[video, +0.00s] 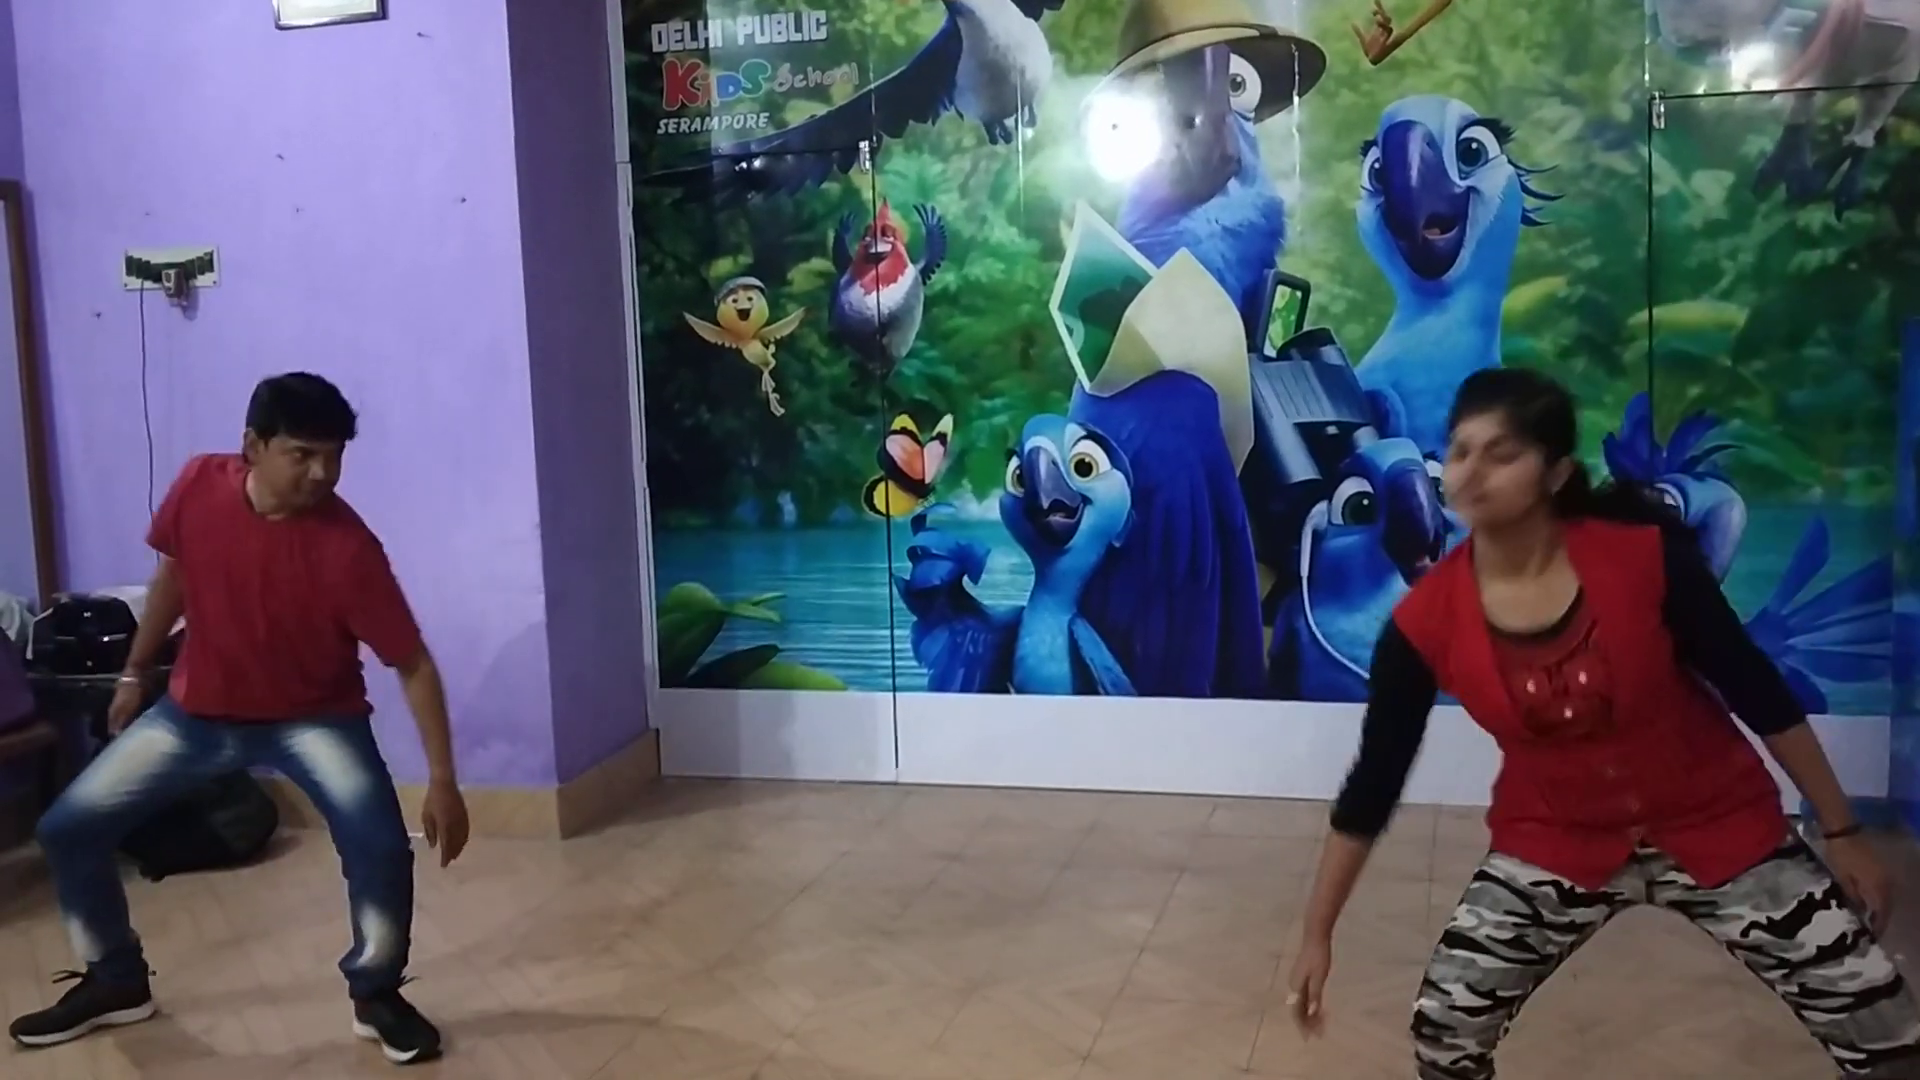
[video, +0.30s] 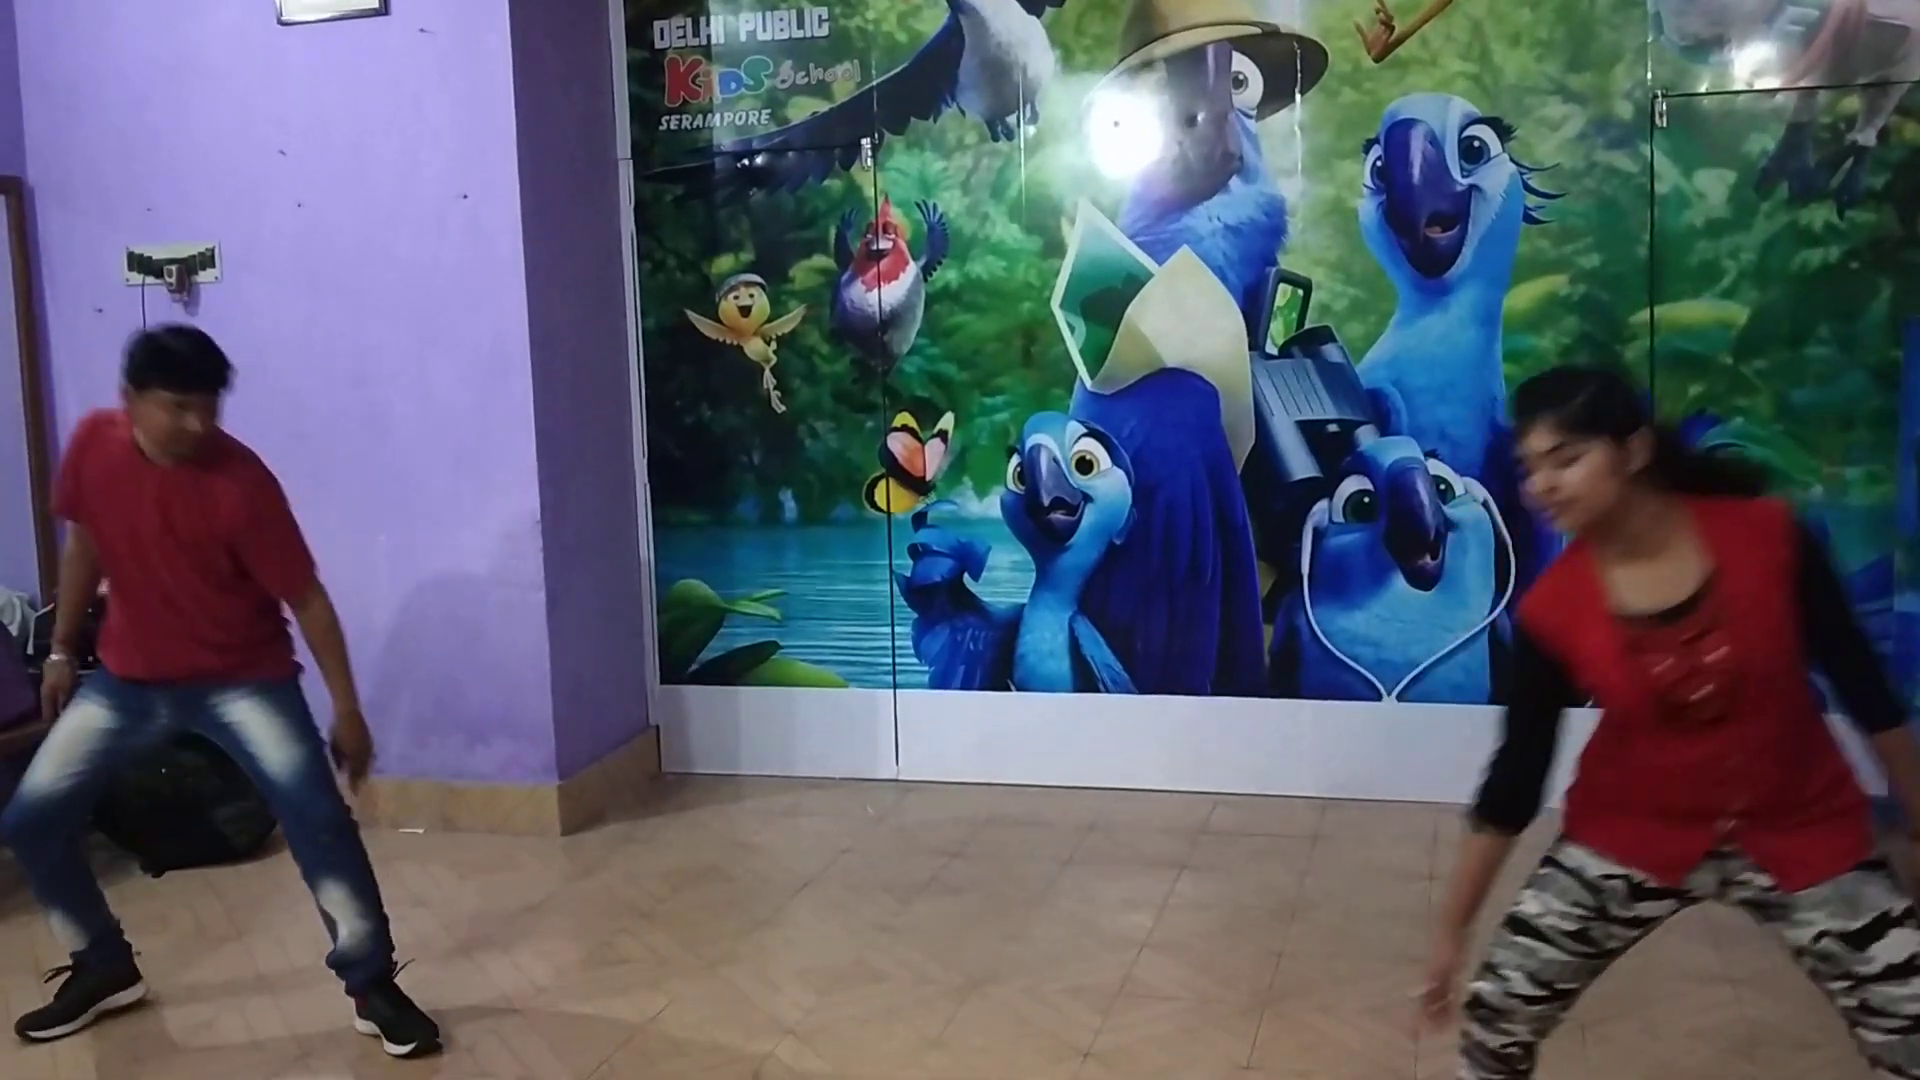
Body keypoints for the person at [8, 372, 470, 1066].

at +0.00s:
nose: (322, 474)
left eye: (333, 457)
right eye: (303, 455)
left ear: (344, 454)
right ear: (255, 446)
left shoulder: (348, 547)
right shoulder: (202, 485)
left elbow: (415, 666)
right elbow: (171, 578)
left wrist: (443, 782)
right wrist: (133, 674)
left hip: (315, 720)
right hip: (197, 712)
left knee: (378, 837)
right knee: (68, 828)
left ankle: (378, 991)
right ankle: (116, 978)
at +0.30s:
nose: (199, 423)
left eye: (209, 406)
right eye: (179, 406)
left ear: (221, 401)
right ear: (134, 400)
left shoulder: (243, 482)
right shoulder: (98, 443)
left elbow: (308, 599)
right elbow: (82, 544)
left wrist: (349, 712)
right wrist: (63, 650)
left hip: (244, 681)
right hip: (127, 680)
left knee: (312, 804)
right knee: (32, 818)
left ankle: (374, 985)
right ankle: (105, 964)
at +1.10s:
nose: (276, 319)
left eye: (285, 304)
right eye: (256, 305)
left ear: (298, 310)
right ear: (209, 312)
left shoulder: (342, 410)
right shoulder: (164, 406)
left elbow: (373, 532)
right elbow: (130, 520)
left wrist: (394, 647)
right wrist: (106, 644)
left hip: (323, 662)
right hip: (205, 663)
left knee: (351, 827)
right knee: (171, 835)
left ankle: (329, 993)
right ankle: (110, 960)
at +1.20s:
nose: (336, 316)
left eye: (343, 301)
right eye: (316, 302)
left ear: (354, 307)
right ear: (265, 309)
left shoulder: (394, 409)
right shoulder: (214, 404)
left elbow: (423, 532)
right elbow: (174, 518)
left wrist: (443, 647)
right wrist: (145, 644)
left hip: (365, 665)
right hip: (247, 662)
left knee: (374, 844)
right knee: (250, 836)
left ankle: (333, 987)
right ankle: (222, 992)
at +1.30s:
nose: (392, 317)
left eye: (400, 302)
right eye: (372, 303)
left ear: (410, 308)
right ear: (320, 309)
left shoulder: (446, 413)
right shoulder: (267, 405)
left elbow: (474, 537)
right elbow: (218, 526)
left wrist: (505, 653)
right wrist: (183, 657)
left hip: (412, 671)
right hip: (302, 665)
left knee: (407, 865)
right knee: (351, 815)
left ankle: (334, 973)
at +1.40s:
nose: (456, 317)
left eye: (463, 301)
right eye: (436, 301)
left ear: (472, 306)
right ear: (379, 307)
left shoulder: (502, 414)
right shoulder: (321, 409)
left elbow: (543, 539)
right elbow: (262, 536)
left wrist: (586, 651)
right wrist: (213, 666)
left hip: (464, 678)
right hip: (359, 672)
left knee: (443, 867)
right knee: (439, 859)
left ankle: (347, 971)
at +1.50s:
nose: (525, 314)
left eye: (532, 297)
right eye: (505, 296)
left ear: (539, 302)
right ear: (445, 300)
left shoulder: (563, 414)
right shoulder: (383, 412)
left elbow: (617, 538)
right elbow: (309, 550)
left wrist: (691, 639)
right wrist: (246, 682)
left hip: (535, 687)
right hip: (433, 681)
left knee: (524, 886)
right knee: (528, 877)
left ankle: (399, 956)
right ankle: (558, 1067)